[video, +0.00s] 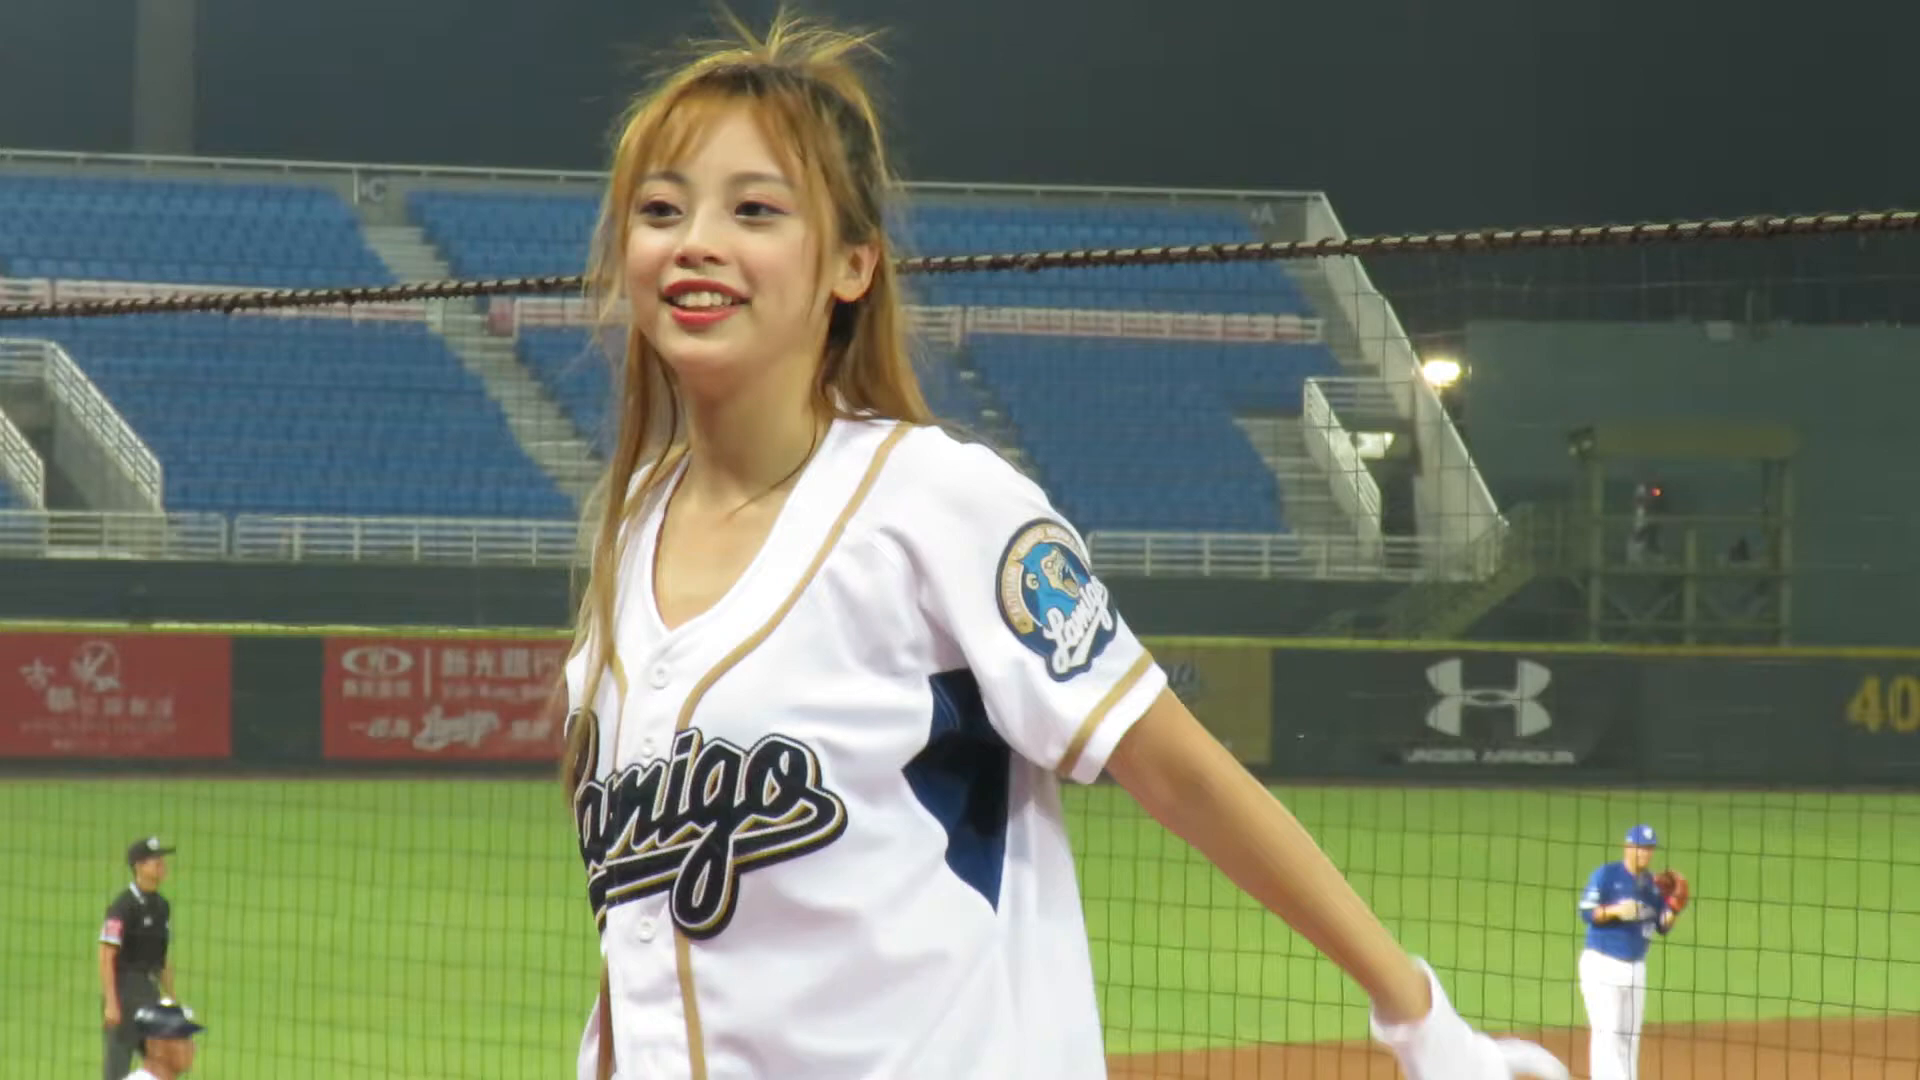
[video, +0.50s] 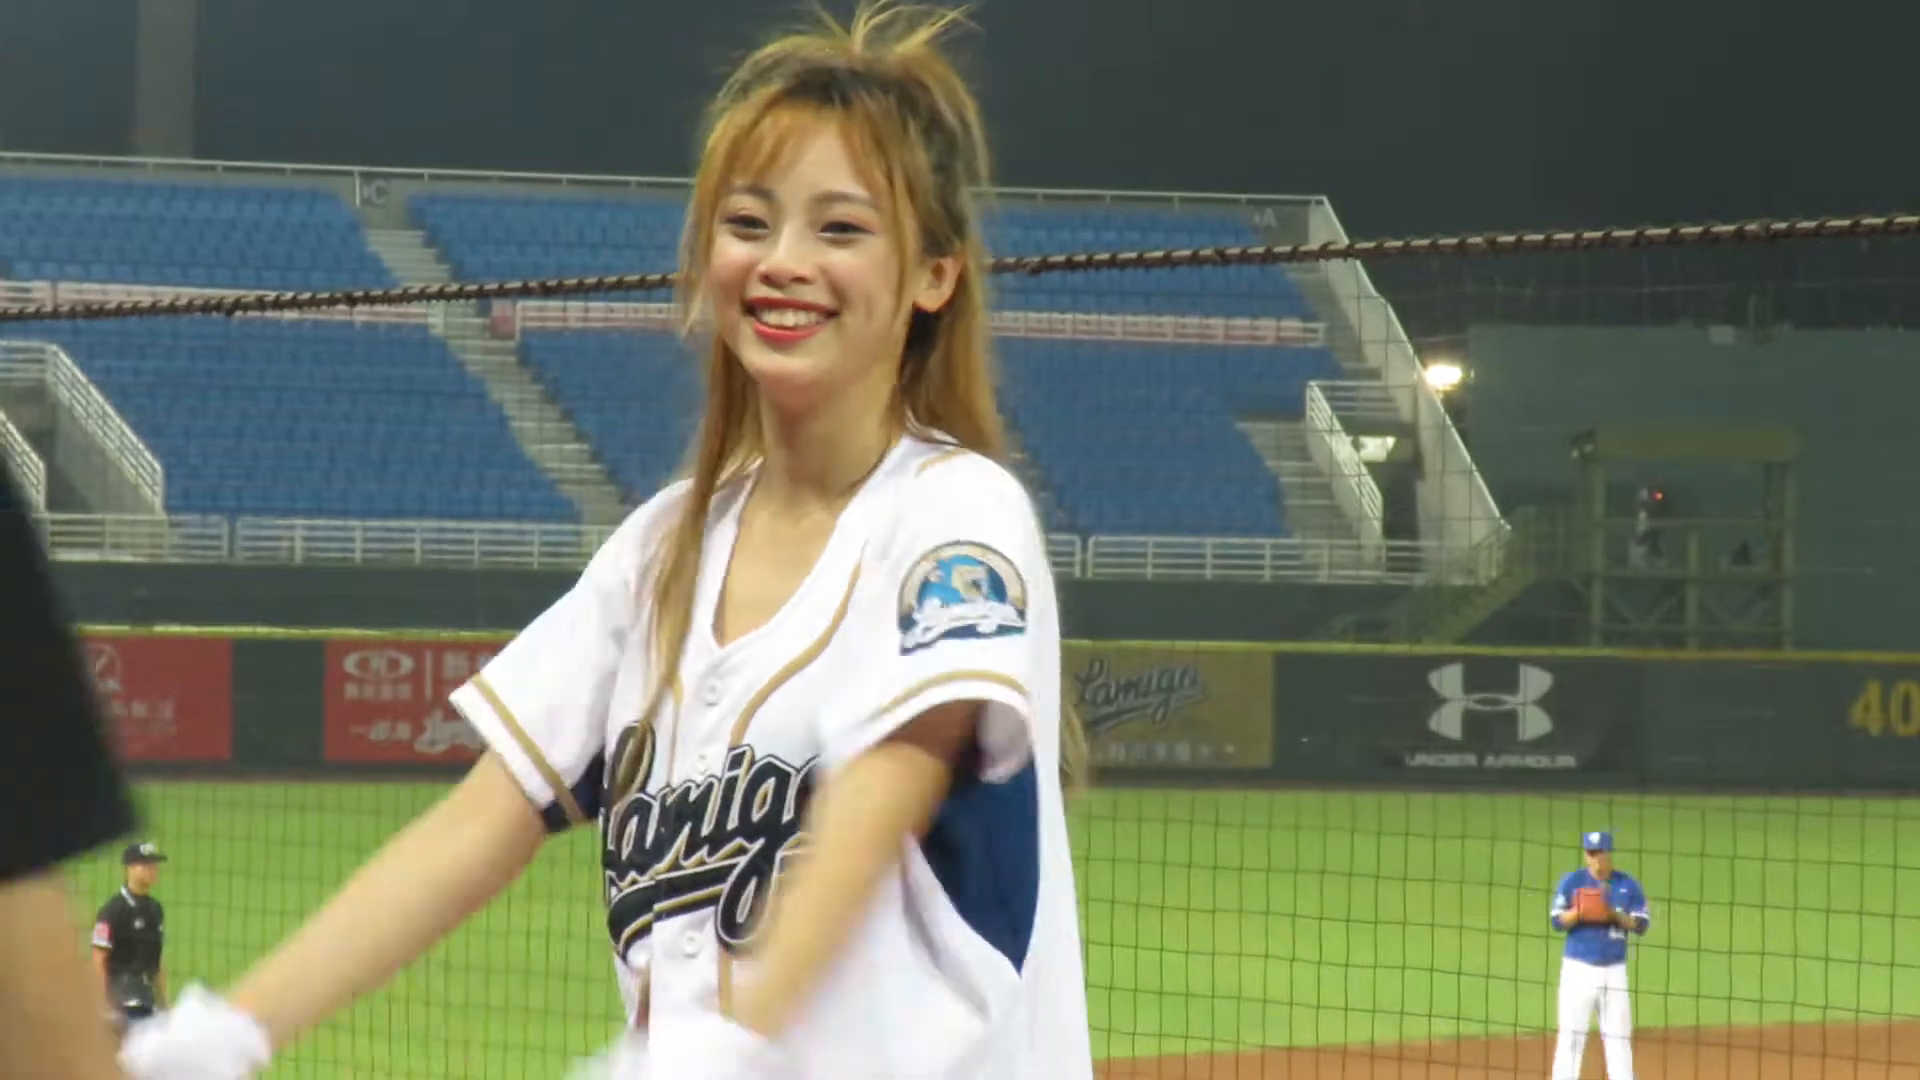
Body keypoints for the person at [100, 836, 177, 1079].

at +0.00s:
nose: (162, 867)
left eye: (162, 861)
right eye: (155, 862)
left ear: (162, 864)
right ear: (138, 867)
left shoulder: (161, 905)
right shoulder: (123, 905)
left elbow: (162, 957)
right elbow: (107, 954)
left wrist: (169, 996)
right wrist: (111, 1002)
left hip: (150, 978)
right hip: (126, 977)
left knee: (155, 1050)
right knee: (119, 1051)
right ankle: (115, 1075)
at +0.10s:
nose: (160, 867)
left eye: (161, 861)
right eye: (153, 862)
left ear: (161, 864)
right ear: (137, 866)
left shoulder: (160, 905)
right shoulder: (121, 906)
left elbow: (161, 957)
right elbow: (105, 954)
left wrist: (170, 995)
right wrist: (109, 1003)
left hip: (150, 976)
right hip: (125, 976)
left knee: (150, 1046)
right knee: (121, 1047)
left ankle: (146, 1076)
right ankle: (114, 1074)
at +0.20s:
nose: (157, 868)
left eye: (158, 862)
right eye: (151, 862)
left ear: (160, 864)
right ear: (135, 865)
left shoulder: (159, 906)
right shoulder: (118, 906)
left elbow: (159, 953)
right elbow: (102, 955)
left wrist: (168, 988)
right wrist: (105, 1003)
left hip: (150, 976)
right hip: (124, 975)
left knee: (148, 1043)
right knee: (121, 1044)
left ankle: (144, 1075)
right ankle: (115, 1074)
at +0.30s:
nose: (155, 869)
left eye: (157, 863)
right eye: (149, 863)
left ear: (157, 866)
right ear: (134, 866)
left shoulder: (157, 906)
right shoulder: (115, 907)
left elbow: (158, 958)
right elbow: (100, 955)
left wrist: (167, 998)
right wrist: (103, 1002)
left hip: (148, 979)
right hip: (120, 979)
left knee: (149, 1052)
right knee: (119, 1053)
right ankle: (114, 1074)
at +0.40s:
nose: (154, 870)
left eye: (155, 865)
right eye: (148, 864)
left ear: (156, 867)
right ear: (132, 867)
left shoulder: (156, 907)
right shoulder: (113, 909)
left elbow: (157, 959)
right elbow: (99, 958)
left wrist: (166, 1001)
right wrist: (103, 1006)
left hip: (148, 979)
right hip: (120, 981)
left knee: (153, 1053)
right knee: (120, 1053)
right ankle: (114, 1075)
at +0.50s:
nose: (153, 872)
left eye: (154, 866)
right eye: (146, 866)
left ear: (156, 868)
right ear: (130, 868)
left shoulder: (155, 908)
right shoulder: (113, 910)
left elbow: (156, 958)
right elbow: (99, 957)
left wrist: (162, 997)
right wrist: (103, 1002)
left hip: (146, 980)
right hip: (119, 980)